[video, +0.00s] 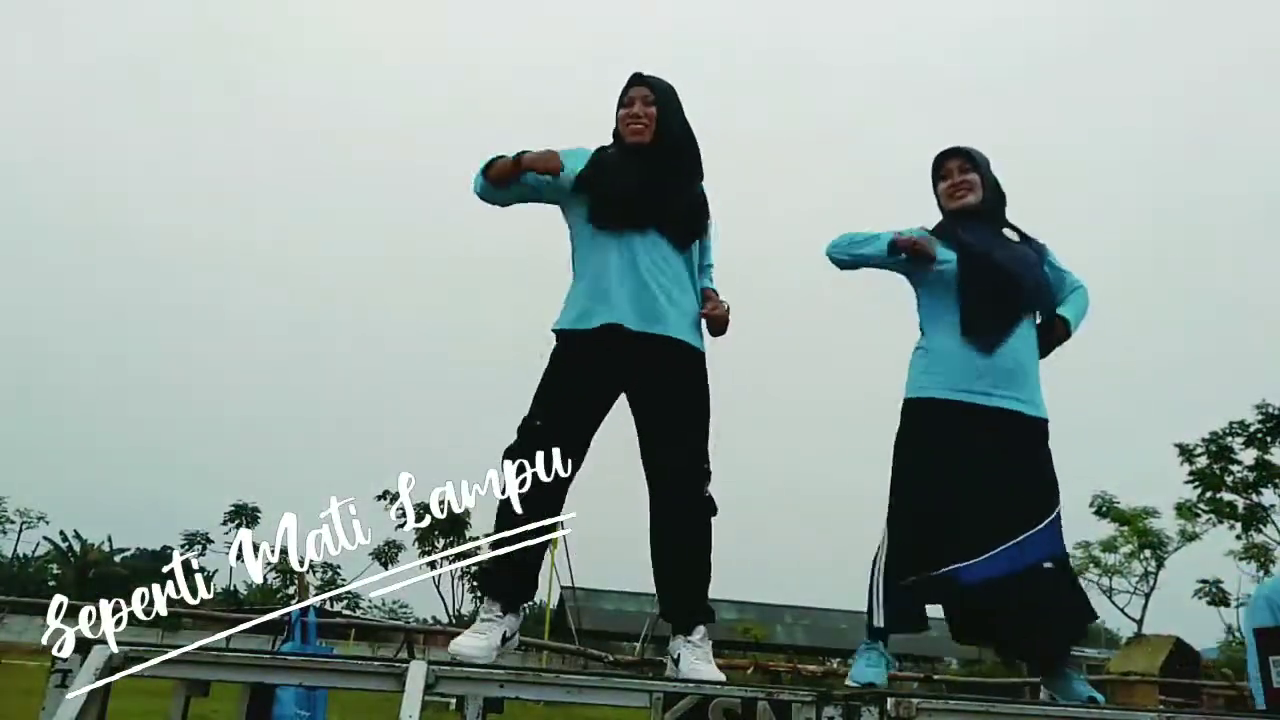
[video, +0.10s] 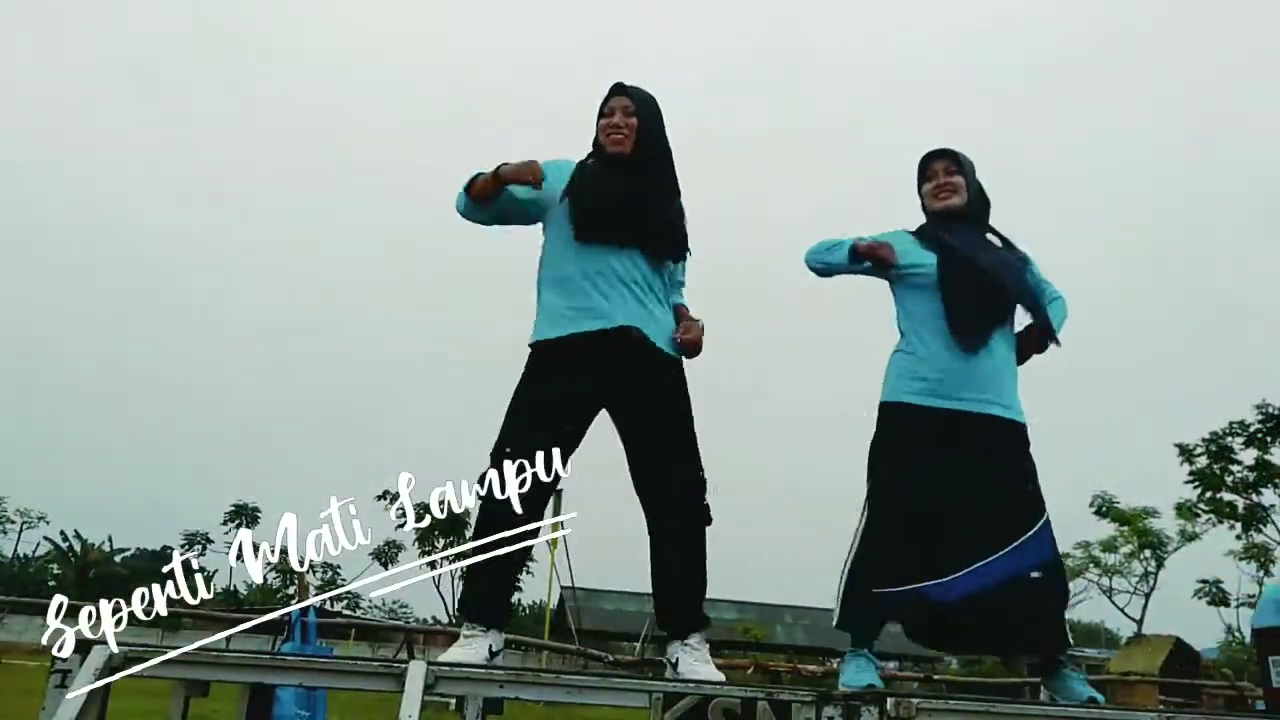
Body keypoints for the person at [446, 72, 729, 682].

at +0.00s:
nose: (637, 114)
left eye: (649, 106)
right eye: (628, 106)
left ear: (670, 119)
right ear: (615, 117)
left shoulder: (687, 192)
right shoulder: (583, 168)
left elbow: (702, 274)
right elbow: (490, 188)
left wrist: (711, 299)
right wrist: (518, 164)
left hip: (672, 344)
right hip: (589, 336)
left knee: (682, 487)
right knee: (536, 468)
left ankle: (690, 636)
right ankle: (499, 613)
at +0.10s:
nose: (616, 123)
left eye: (630, 116)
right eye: (609, 115)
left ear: (651, 131)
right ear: (596, 127)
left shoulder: (665, 204)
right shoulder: (563, 178)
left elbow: (671, 293)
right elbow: (475, 206)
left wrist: (686, 321)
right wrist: (497, 178)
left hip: (647, 353)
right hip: (565, 347)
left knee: (678, 496)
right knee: (513, 485)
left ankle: (687, 640)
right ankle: (481, 629)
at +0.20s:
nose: (596, 119)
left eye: (608, 111)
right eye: (588, 110)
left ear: (630, 125)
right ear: (574, 122)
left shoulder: (647, 202)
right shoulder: (536, 182)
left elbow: (662, 276)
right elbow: (461, 204)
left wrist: (663, 310)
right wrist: (531, 165)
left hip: (617, 352)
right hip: (530, 344)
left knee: (648, 488)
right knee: (488, 482)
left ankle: (667, 635)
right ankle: (478, 628)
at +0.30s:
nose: (571, 107)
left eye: (583, 99)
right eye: (565, 98)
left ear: (609, 111)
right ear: (552, 109)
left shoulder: (633, 184)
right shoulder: (521, 158)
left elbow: (655, 257)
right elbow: (493, 187)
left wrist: (650, 294)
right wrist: (583, 162)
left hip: (600, 339)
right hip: (515, 333)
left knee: (609, 479)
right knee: (486, 473)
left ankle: (602, 625)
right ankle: (478, 623)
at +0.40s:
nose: (550, 110)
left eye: (563, 102)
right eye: (543, 103)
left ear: (589, 113)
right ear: (533, 113)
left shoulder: (623, 182)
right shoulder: (507, 163)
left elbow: (646, 257)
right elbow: (513, 183)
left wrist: (632, 302)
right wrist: (607, 163)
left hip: (581, 341)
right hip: (502, 334)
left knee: (567, 479)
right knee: (478, 472)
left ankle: (546, 622)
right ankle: (475, 621)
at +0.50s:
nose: (544, 135)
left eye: (556, 125)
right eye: (538, 125)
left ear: (581, 127)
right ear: (529, 130)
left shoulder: (617, 194)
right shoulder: (510, 180)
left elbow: (644, 270)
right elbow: (505, 171)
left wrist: (619, 311)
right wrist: (532, 136)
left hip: (565, 352)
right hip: (485, 341)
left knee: (551, 486)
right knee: (439, 470)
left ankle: (536, 629)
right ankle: (465, 615)